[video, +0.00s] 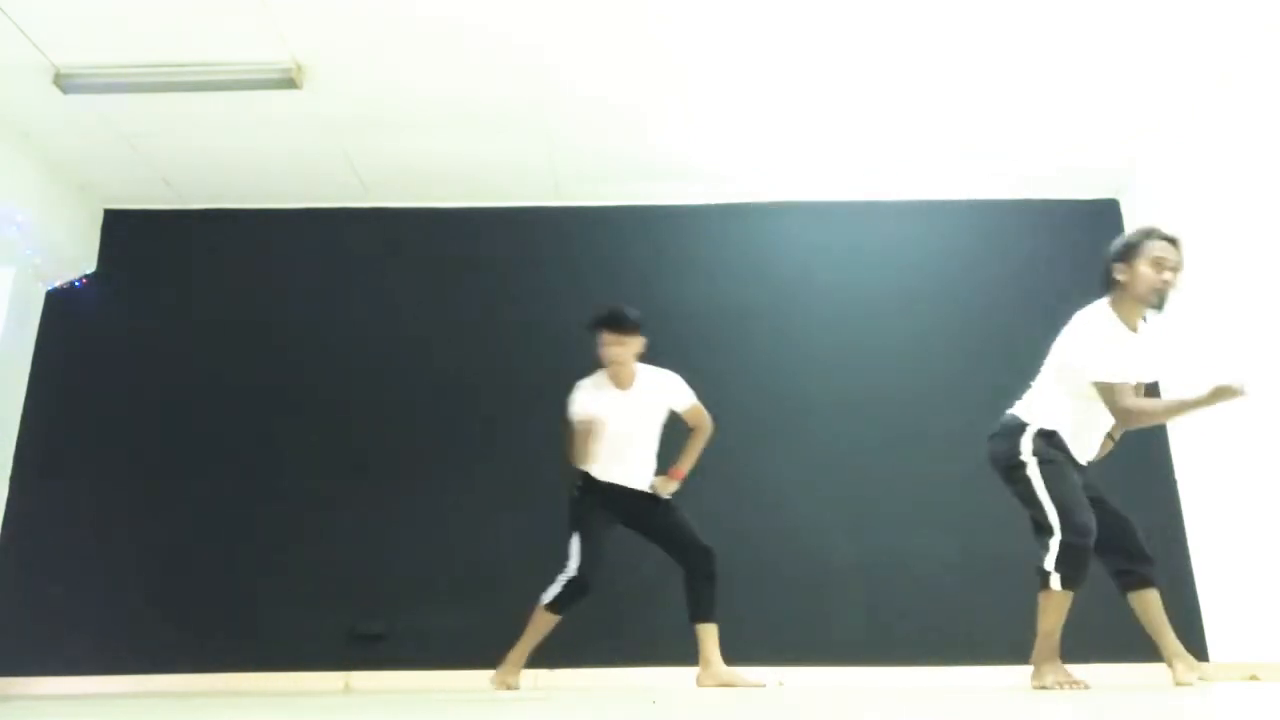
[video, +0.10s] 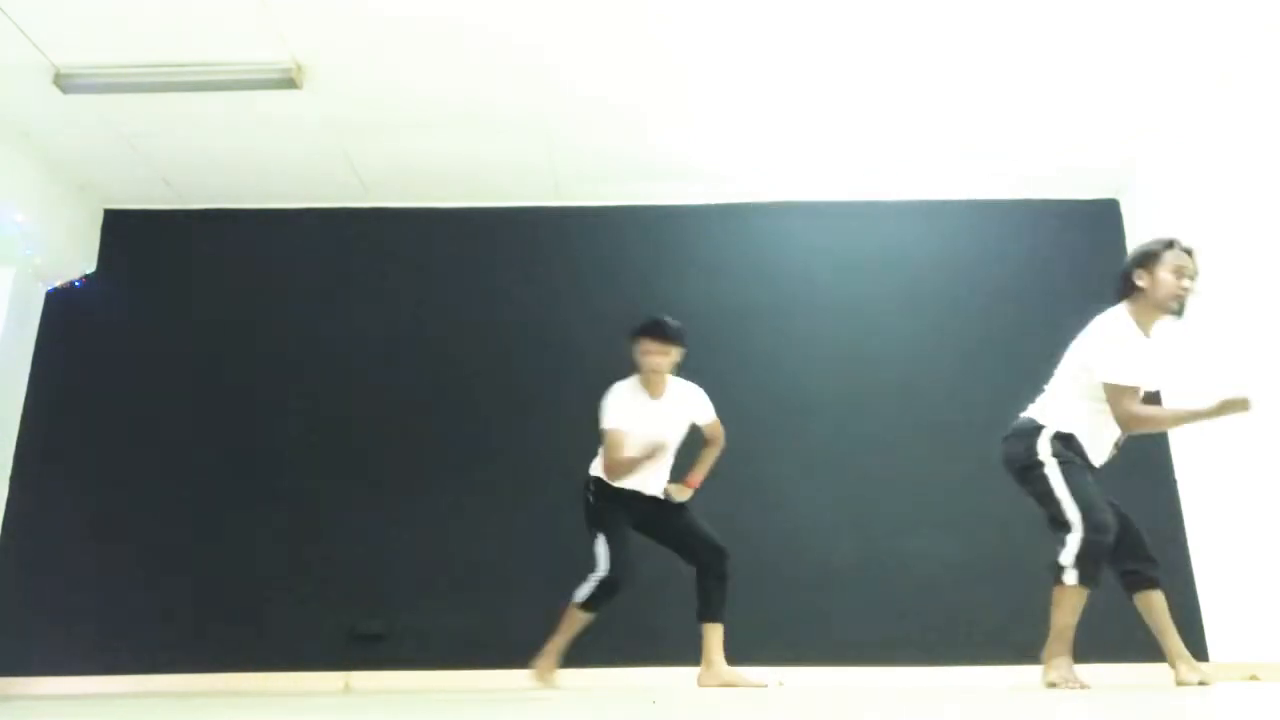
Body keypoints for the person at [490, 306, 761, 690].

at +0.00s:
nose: (613, 352)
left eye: (622, 344)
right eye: (607, 344)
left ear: (640, 346)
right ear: (598, 347)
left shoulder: (665, 384)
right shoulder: (586, 391)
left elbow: (704, 425)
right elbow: (578, 459)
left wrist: (675, 476)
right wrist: (585, 430)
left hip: (642, 495)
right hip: (595, 492)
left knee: (699, 558)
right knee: (579, 576)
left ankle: (712, 666)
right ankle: (514, 660)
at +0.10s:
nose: (652, 359)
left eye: (662, 351)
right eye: (646, 350)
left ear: (677, 357)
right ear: (635, 353)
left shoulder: (690, 396)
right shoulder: (619, 395)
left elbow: (716, 439)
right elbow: (612, 466)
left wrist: (689, 485)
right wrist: (646, 456)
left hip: (652, 497)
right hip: (607, 493)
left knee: (712, 556)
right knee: (611, 574)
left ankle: (714, 666)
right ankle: (550, 655)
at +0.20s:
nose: (688, 371)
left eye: (696, 363)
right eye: (680, 361)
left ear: (705, 368)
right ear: (664, 362)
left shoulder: (704, 408)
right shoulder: (643, 401)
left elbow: (711, 457)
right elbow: (626, 473)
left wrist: (693, 484)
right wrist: (680, 472)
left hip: (653, 501)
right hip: (610, 495)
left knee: (714, 556)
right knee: (639, 574)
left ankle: (714, 665)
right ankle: (589, 648)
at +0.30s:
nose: (703, 377)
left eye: (710, 370)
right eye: (695, 368)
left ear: (715, 376)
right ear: (677, 369)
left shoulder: (700, 418)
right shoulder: (655, 405)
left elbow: (676, 469)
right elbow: (631, 469)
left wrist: (676, 486)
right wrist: (696, 480)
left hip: (648, 502)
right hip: (609, 498)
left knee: (709, 558)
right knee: (661, 584)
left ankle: (714, 665)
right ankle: (593, 644)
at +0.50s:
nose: (687, 381)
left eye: (689, 374)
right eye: (682, 371)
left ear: (662, 372)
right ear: (656, 367)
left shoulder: (638, 397)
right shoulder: (650, 396)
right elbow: (636, 444)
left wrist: (657, 485)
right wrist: (664, 488)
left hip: (599, 497)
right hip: (589, 494)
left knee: (663, 573)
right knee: (640, 592)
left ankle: (709, 664)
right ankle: (563, 660)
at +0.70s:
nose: (629, 375)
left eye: (629, 368)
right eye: (628, 368)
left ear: (596, 366)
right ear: (617, 365)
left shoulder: (565, 394)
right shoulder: (619, 391)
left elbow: (512, 444)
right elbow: (653, 438)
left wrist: (541, 475)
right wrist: (658, 499)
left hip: (530, 481)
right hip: (563, 477)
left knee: (595, 559)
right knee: (610, 577)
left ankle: (592, 654)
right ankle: (562, 667)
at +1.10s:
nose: (458, 338)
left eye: (458, 332)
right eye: (461, 332)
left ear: (459, 333)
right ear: (492, 336)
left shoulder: (440, 358)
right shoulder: (514, 367)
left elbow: (396, 392)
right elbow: (551, 416)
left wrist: (412, 453)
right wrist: (583, 454)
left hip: (456, 464)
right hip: (510, 465)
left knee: (394, 555)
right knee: (549, 554)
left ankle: (364, 667)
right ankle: (557, 667)